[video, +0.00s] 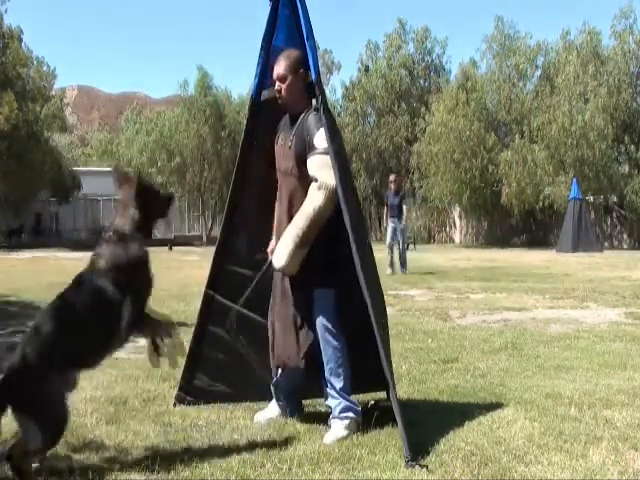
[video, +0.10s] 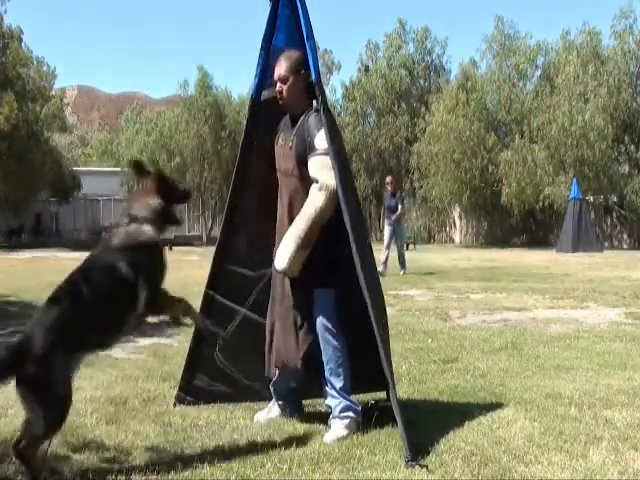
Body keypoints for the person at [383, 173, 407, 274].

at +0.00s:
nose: (393, 184)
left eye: (395, 181)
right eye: (391, 182)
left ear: (398, 182)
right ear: (389, 183)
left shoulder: (402, 194)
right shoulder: (388, 194)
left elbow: (405, 207)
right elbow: (386, 208)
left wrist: (404, 219)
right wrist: (385, 220)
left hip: (400, 221)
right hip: (391, 221)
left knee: (401, 245)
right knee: (389, 243)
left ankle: (403, 267)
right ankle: (390, 266)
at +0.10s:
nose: (389, 185)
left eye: (391, 183)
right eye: (387, 183)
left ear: (395, 184)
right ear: (385, 185)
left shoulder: (398, 194)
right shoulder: (386, 195)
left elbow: (401, 209)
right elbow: (384, 208)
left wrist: (394, 217)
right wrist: (382, 220)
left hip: (398, 222)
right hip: (388, 222)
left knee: (400, 246)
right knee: (386, 245)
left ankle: (402, 267)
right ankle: (383, 267)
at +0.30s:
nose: (381, 185)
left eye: (382, 182)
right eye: (379, 183)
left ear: (386, 183)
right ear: (377, 184)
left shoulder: (392, 194)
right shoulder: (377, 195)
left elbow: (394, 208)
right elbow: (374, 209)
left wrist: (387, 218)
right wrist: (372, 224)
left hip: (388, 222)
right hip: (379, 222)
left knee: (390, 247)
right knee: (380, 247)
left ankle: (398, 265)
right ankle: (381, 269)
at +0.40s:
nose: (377, 184)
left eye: (379, 181)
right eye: (375, 182)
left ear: (383, 181)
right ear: (373, 183)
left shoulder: (390, 194)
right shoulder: (374, 194)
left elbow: (392, 208)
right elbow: (371, 208)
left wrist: (390, 221)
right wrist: (368, 222)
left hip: (386, 220)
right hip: (377, 220)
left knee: (384, 245)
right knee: (378, 246)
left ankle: (390, 264)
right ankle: (380, 268)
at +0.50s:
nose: (374, 184)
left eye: (376, 181)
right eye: (372, 182)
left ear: (380, 182)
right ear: (370, 183)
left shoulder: (385, 194)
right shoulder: (370, 194)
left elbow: (390, 207)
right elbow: (367, 207)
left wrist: (392, 220)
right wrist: (366, 219)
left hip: (383, 218)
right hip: (373, 218)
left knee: (380, 243)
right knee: (375, 243)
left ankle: (381, 267)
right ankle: (379, 266)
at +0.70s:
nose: (369, 185)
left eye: (371, 183)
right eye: (367, 183)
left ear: (374, 183)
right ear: (365, 184)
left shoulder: (380, 196)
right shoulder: (362, 195)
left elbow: (384, 208)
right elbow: (359, 208)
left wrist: (385, 218)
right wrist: (359, 219)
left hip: (375, 222)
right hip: (364, 221)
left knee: (373, 245)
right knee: (364, 245)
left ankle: (375, 266)